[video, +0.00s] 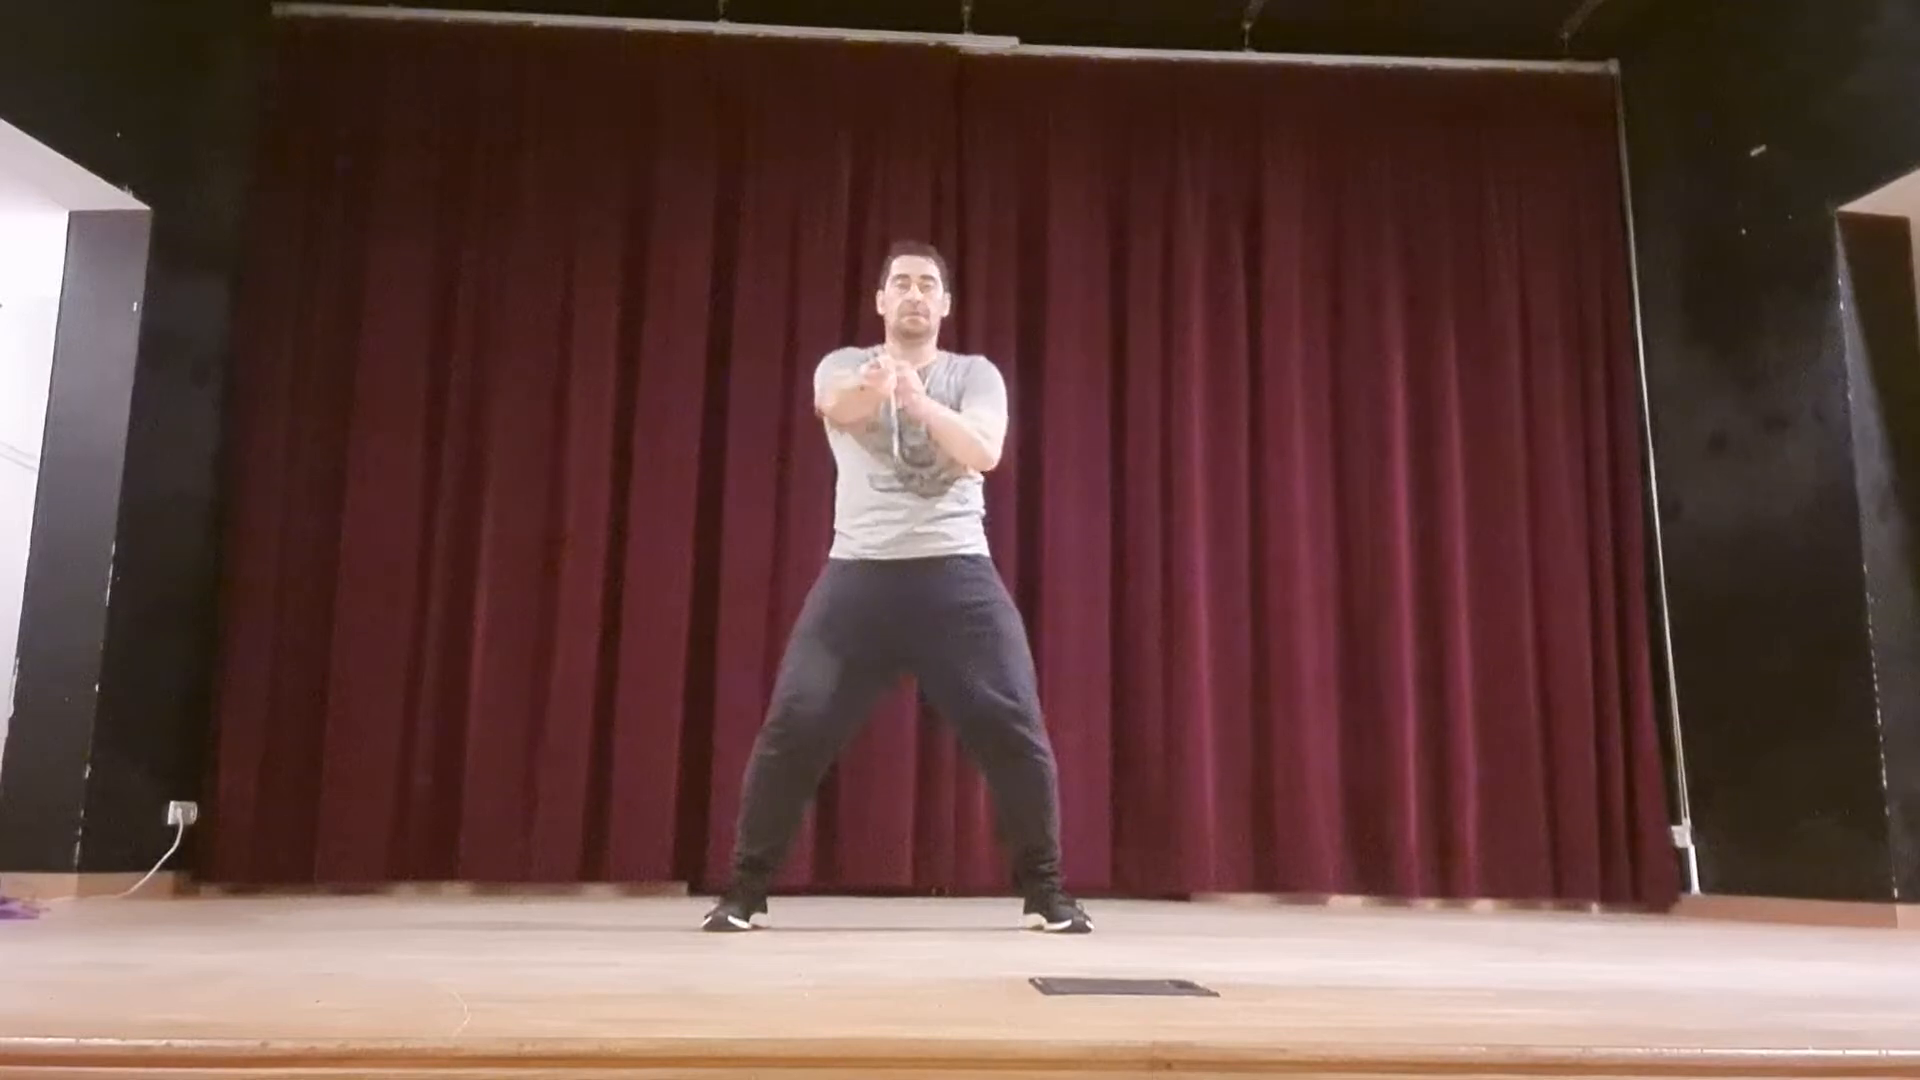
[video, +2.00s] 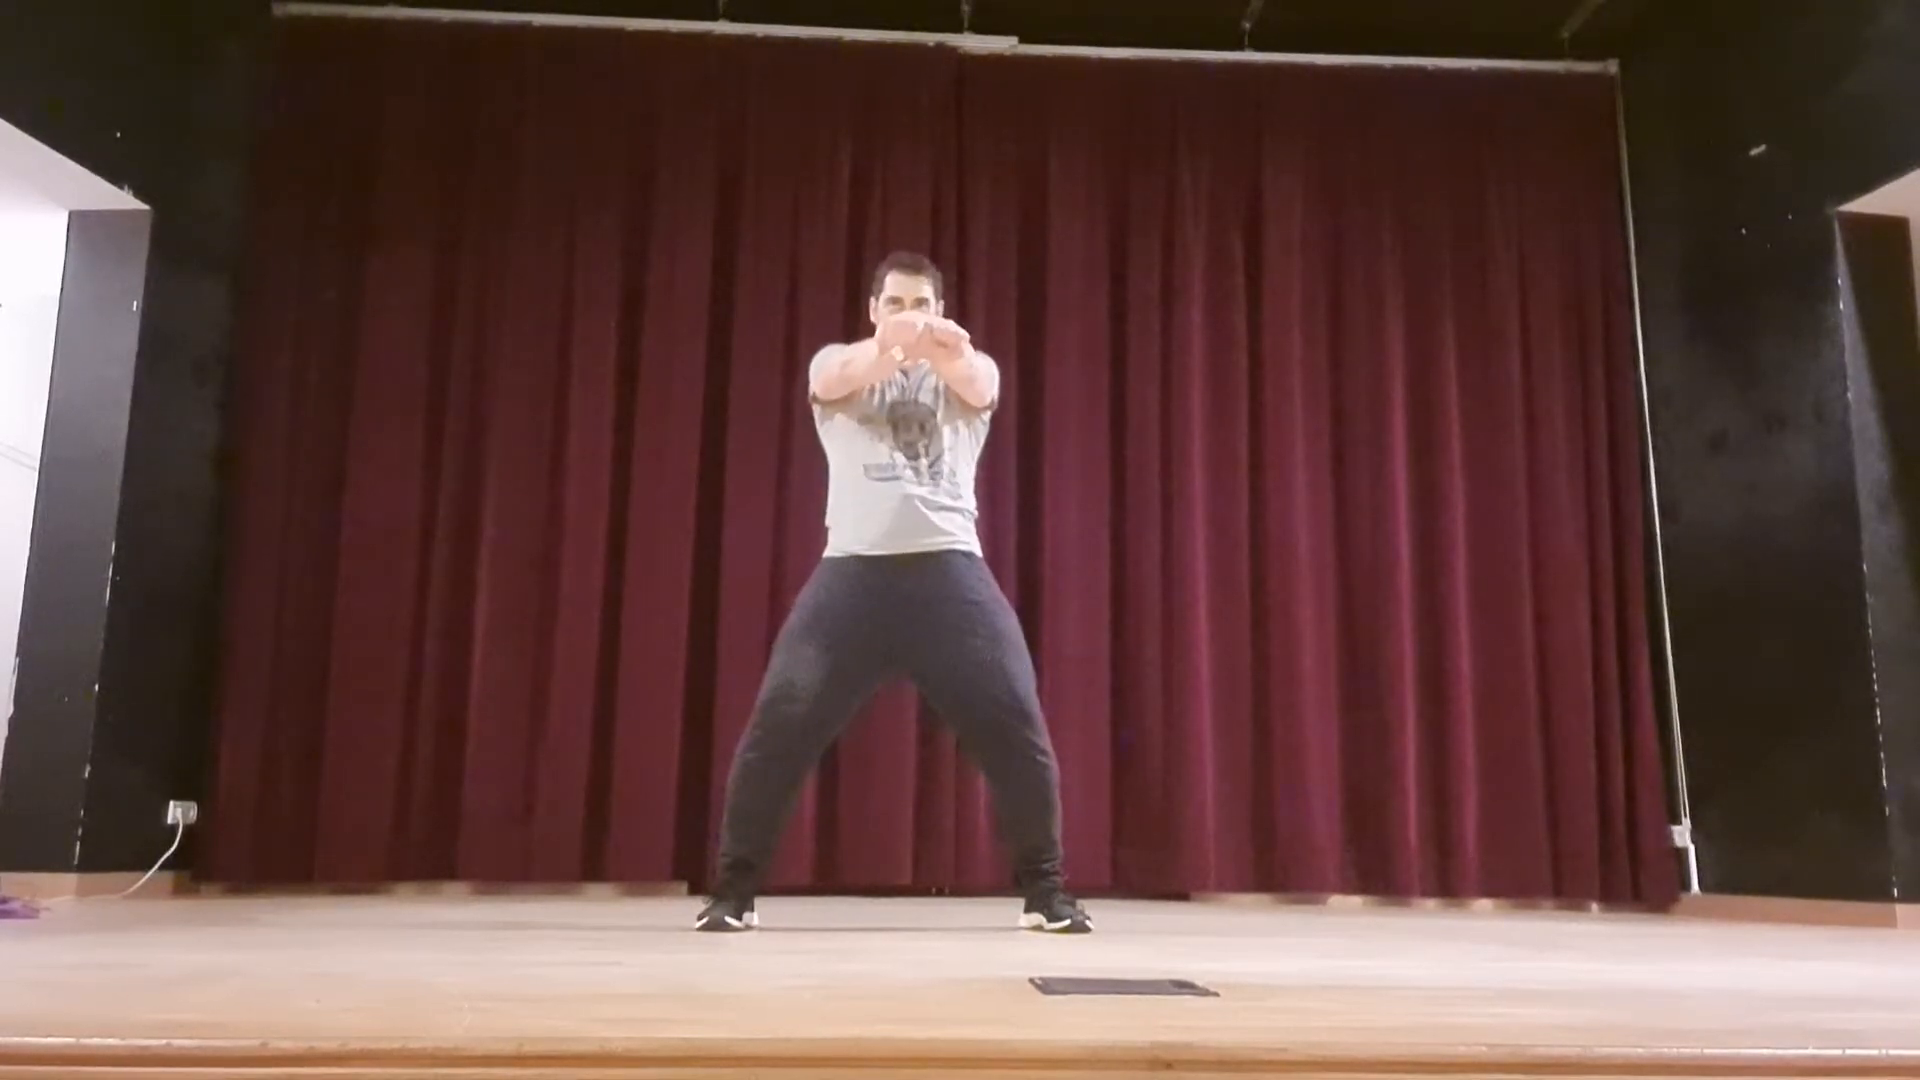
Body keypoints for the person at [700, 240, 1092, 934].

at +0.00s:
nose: (913, 294)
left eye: (926, 285)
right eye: (901, 283)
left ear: (946, 304)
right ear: (879, 301)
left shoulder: (975, 375)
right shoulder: (842, 365)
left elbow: (982, 457)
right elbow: (842, 412)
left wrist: (918, 403)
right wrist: (874, 386)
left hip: (958, 578)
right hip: (858, 577)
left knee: (1013, 724)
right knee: (795, 722)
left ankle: (1044, 891)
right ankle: (745, 892)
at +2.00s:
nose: (907, 315)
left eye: (920, 304)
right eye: (896, 303)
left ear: (939, 310)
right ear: (872, 308)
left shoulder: (973, 369)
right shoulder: (836, 361)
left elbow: (978, 392)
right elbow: (829, 385)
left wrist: (952, 357)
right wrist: (888, 351)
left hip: (950, 572)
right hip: (852, 572)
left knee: (1015, 721)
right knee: (783, 714)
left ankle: (1046, 891)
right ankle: (733, 893)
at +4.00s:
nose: (898, 297)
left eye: (911, 289)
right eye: (885, 286)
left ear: (929, 304)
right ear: (862, 298)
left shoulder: (952, 366)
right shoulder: (827, 358)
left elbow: (964, 391)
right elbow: (819, 383)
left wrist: (939, 346)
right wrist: (880, 349)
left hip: (941, 568)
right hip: (841, 572)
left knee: (1020, 716)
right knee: (778, 717)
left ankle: (1043, 879)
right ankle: (734, 890)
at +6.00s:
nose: (852, 302)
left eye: (866, 291)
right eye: (841, 290)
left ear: (889, 303)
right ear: (820, 301)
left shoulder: (921, 366)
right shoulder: (792, 368)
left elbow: (929, 393)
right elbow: (782, 399)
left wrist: (882, 364)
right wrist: (830, 373)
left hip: (922, 568)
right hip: (819, 575)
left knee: (1016, 700)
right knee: (755, 709)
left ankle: (1048, 861)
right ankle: (728, 887)